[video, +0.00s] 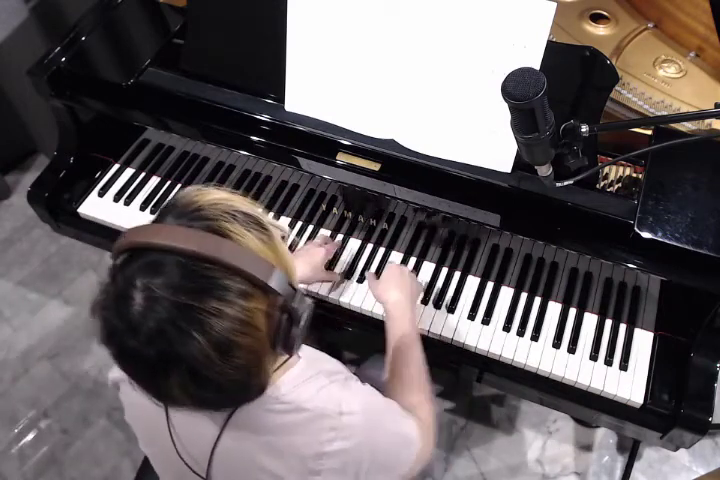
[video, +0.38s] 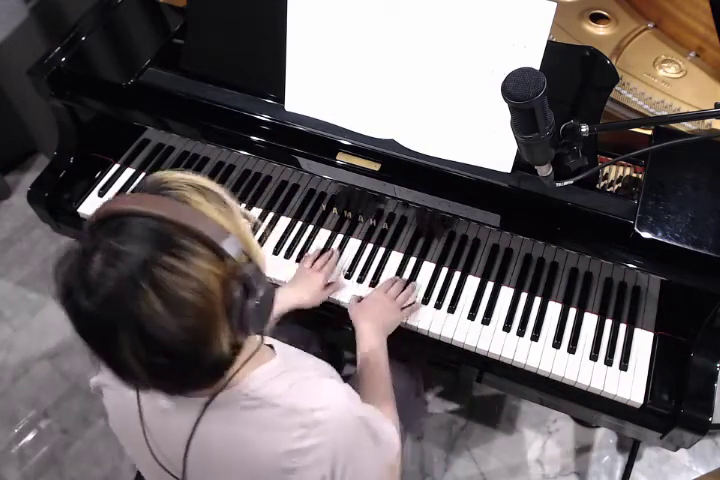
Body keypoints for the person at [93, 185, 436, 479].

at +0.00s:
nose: (285, 254)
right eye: (275, 253)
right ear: (267, 318)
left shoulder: (134, 368)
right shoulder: (335, 418)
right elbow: (416, 440)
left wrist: (287, 274)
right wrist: (401, 311)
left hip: (166, 464)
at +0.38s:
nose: (253, 235)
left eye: (244, 230)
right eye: (246, 237)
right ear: (233, 295)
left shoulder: (118, 376)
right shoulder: (317, 414)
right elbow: (382, 454)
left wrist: (286, 297)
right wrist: (372, 338)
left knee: (298, 328)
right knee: (393, 360)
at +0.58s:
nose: (221, 226)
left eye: (208, 221)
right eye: (212, 228)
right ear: (211, 297)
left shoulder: (103, 372)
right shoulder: (301, 416)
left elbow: (202, 341)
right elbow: (385, 464)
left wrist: (281, 287)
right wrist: (369, 346)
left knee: (306, 320)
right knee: (391, 359)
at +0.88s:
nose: (185, 232)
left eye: (172, 230)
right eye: (174, 238)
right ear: (172, 315)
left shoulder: (93, 376)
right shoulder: (280, 426)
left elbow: (191, 350)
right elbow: (385, 467)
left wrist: (287, 301)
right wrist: (374, 356)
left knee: (304, 320)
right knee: (398, 376)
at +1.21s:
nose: (160, 263)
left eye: (146, 262)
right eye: (148, 271)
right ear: (147, 355)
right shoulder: (263, 437)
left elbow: (185, 329)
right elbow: (387, 461)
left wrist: (289, 290)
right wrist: (381, 356)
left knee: (305, 322)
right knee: (398, 369)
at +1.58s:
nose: (151, 304)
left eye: (131, 305)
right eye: (142, 323)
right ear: (144, 391)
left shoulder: (142, 380)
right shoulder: (262, 462)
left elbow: (185, 324)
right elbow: (384, 466)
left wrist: (292, 272)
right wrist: (378, 352)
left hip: (260, 374)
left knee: (309, 310)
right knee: (398, 369)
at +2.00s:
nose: (191, 333)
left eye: (174, 333)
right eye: (187, 348)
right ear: (183, 407)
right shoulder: (278, 469)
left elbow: (207, 298)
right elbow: (378, 465)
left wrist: (306, 244)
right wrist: (366, 343)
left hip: (258, 372)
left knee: (301, 328)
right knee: (397, 369)